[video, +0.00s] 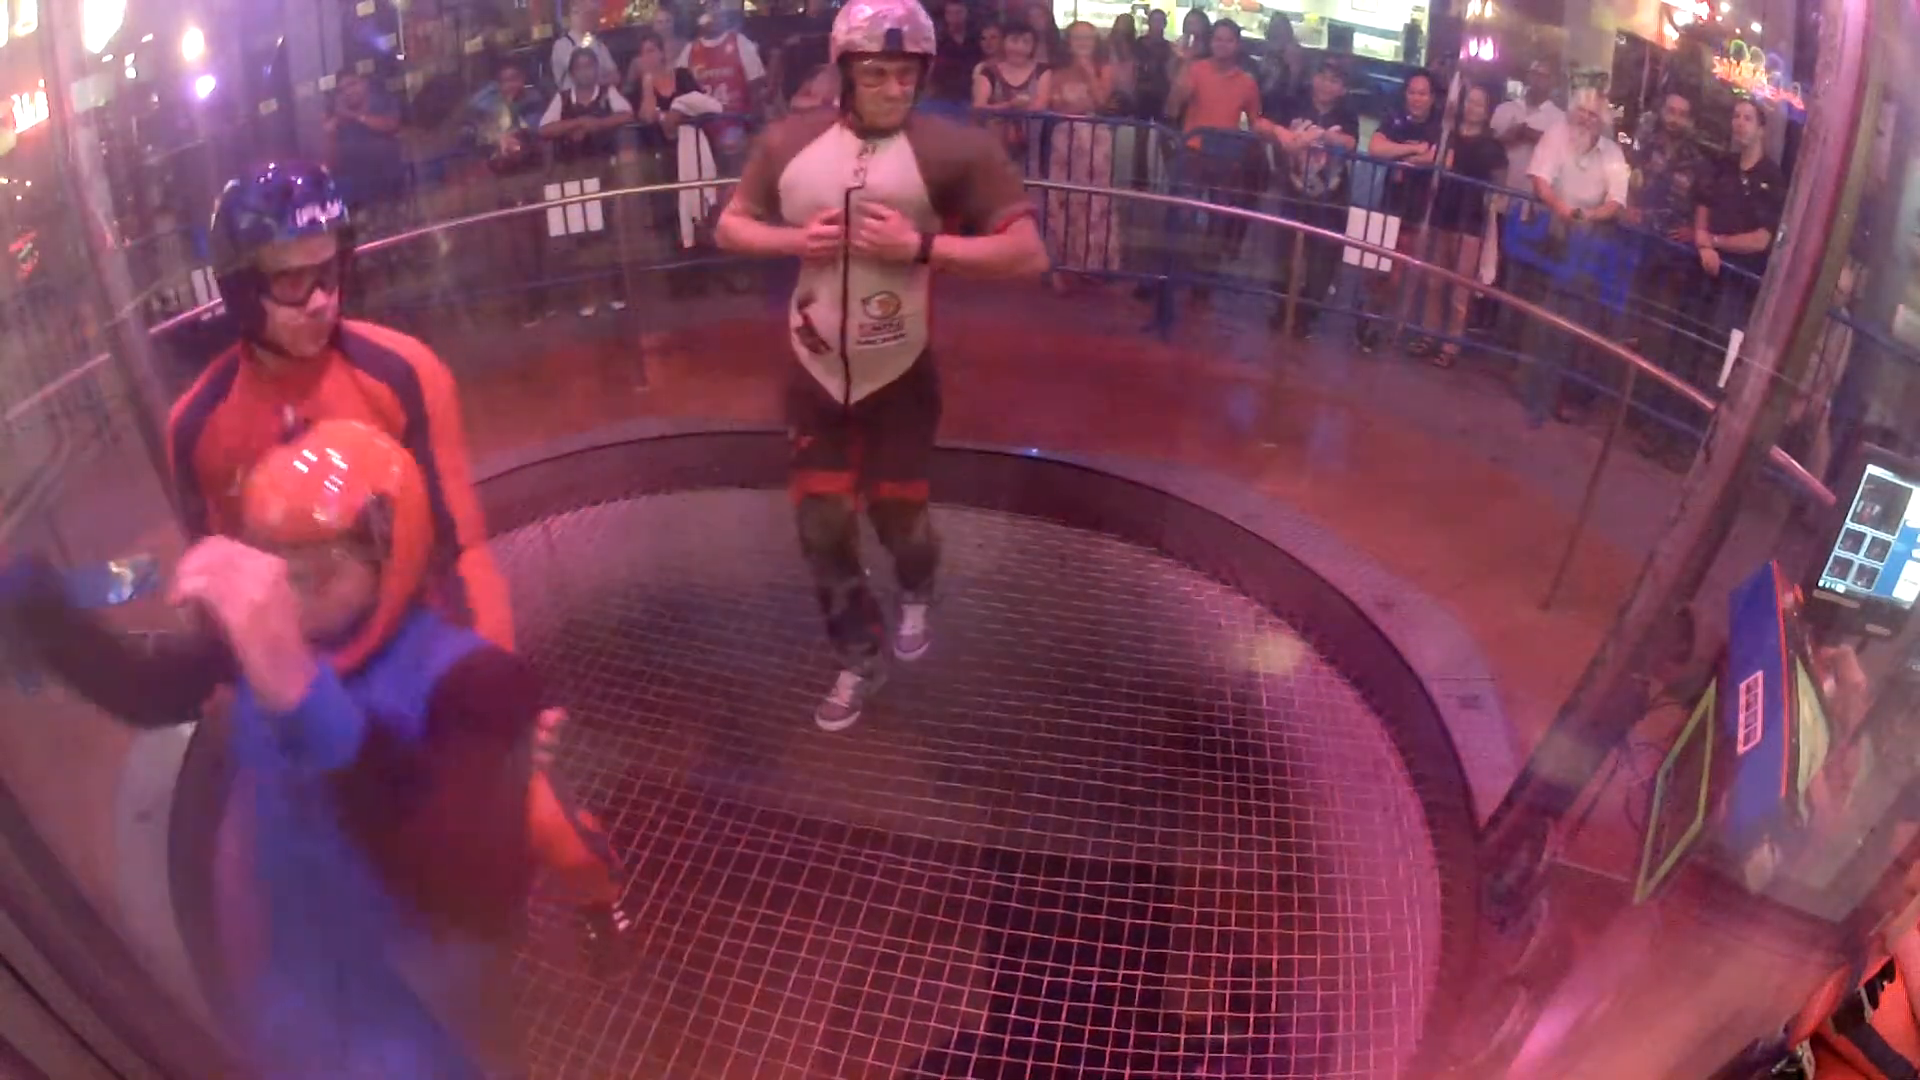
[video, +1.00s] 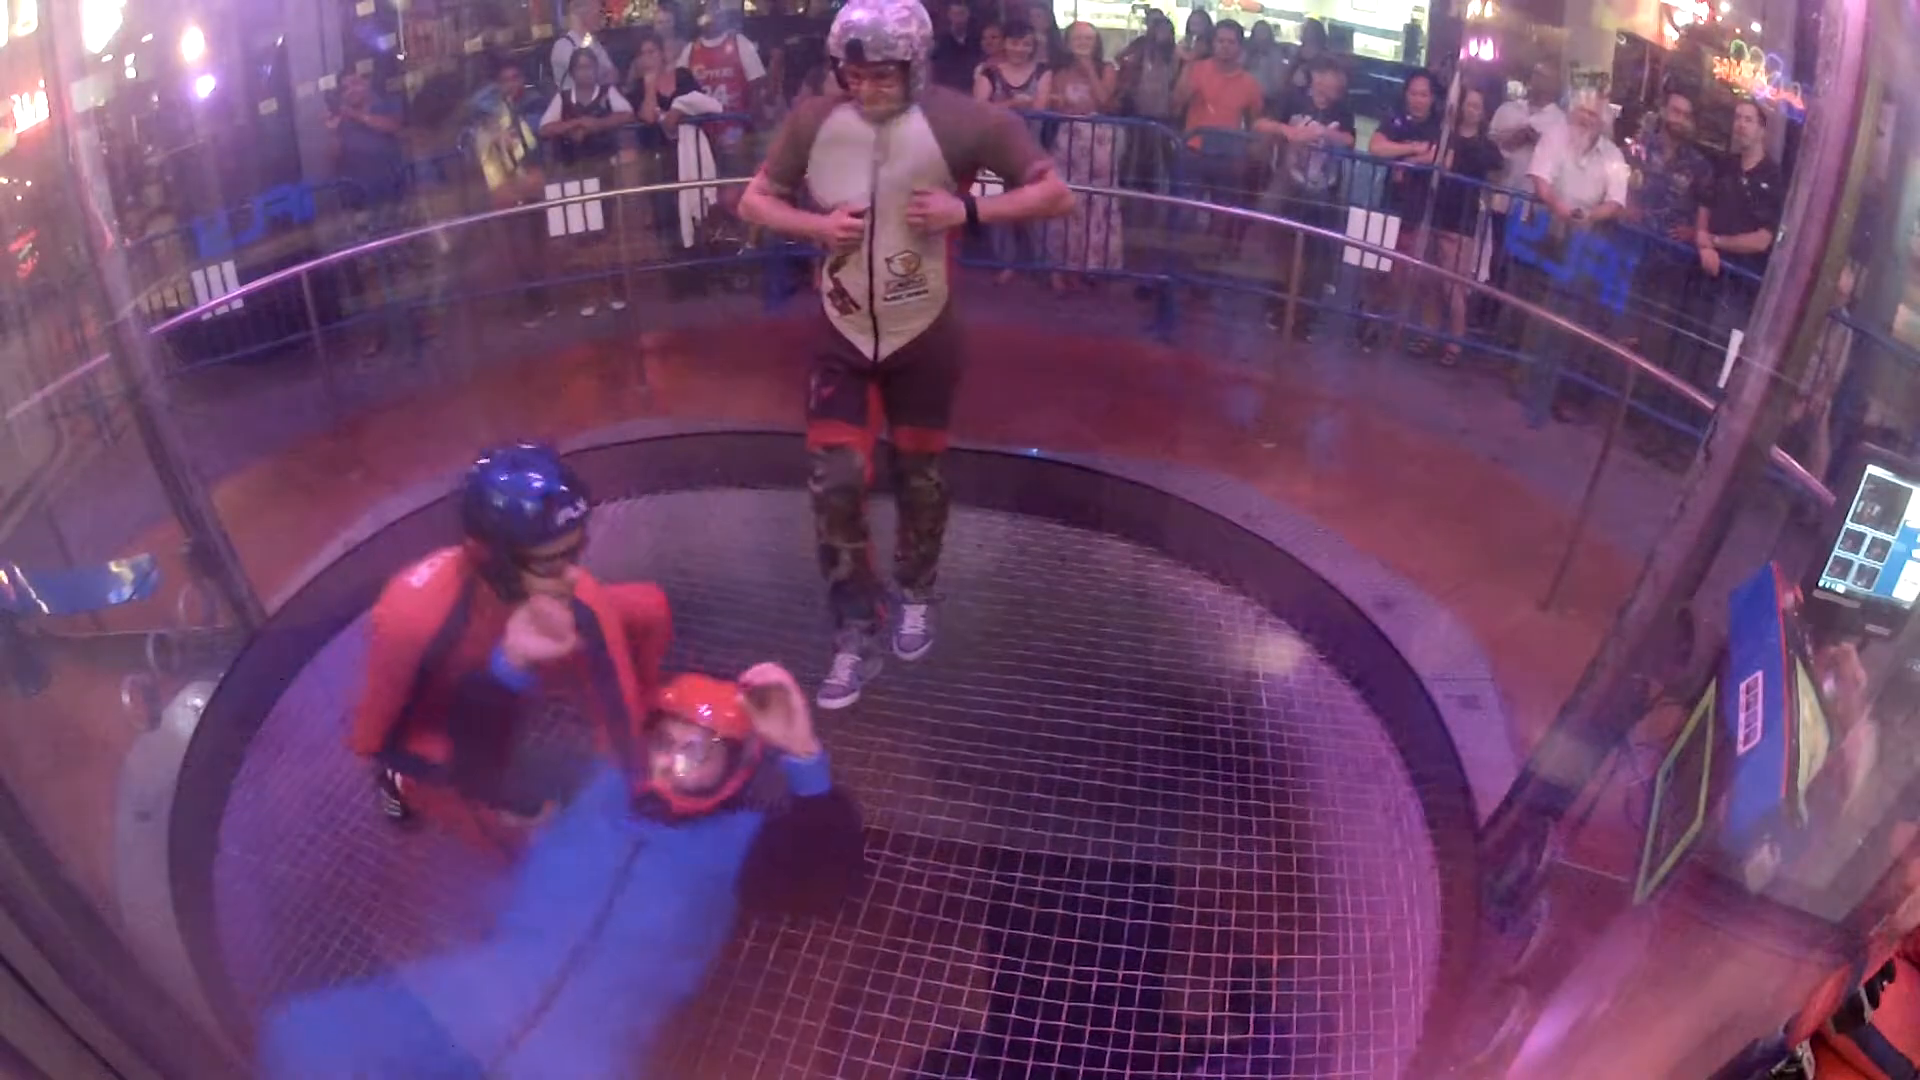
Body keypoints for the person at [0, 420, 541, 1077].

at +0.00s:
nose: (294, 590)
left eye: (323, 566)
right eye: (278, 565)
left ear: (394, 556)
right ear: (250, 561)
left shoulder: (470, 682)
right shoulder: (266, 649)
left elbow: (477, 891)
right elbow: (143, 683)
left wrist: (300, 692)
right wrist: (21, 592)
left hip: (421, 1046)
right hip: (282, 1036)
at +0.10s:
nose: (337, 600)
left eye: (365, 579)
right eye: (322, 576)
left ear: (426, 578)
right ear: (301, 571)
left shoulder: (508, 689)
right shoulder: (295, 664)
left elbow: (529, 876)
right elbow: (176, 688)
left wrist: (372, 685)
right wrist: (73, 558)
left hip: (461, 1036)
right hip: (318, 1028)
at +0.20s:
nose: (367, 574)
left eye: (396, 551)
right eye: (370, 565)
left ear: (459, 571)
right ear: (358, 584)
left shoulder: (533, 708)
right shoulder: (342, 668)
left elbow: (589, 858)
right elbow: (219, 708)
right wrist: (145, 579)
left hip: (473, 1034)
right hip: (346, 1011)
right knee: (288, 1061)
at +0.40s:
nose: (495, 699)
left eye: (516, 684)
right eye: (480, 679)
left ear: (566, 677)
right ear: (462, 667)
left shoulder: (607, 762)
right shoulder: (427, 717)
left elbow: (689, 858)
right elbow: (295, 738)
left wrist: (601, 690)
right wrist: (268, 600)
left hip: (527, 1047)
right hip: (409, 1006)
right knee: (307, 1067)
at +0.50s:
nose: (527, 727)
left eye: (551, 711)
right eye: (518, 704)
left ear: (604, 709)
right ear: (505, 691)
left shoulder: (647, 792)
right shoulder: (467, 739)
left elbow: (720, 871)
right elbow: (332, 739)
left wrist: (647, 707)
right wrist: (325, 609)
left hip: (529, 1052)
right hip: (416, 1002)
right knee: (302, 1069)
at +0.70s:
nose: (597, 749)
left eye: (619, 740)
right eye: (588, 731)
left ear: (660, 755)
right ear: (569, 727)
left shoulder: (686, 838)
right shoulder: (526, 771)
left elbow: (765, 871)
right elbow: (402, 768)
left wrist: (717, 738)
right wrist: (412, 648)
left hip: (539, 1066)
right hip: (427, 1012)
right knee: (299, 1074)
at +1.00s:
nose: (680, 759)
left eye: (703, 749)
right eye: (669, 740)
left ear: (735, 767)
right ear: (647, 739)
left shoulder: (741, 845)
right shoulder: (595, 786)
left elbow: (833, 873)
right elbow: (480, 772)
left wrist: (801, 758)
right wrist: (510, 664)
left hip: (574, 1059)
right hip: (474, 1001)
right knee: (298, 1042)